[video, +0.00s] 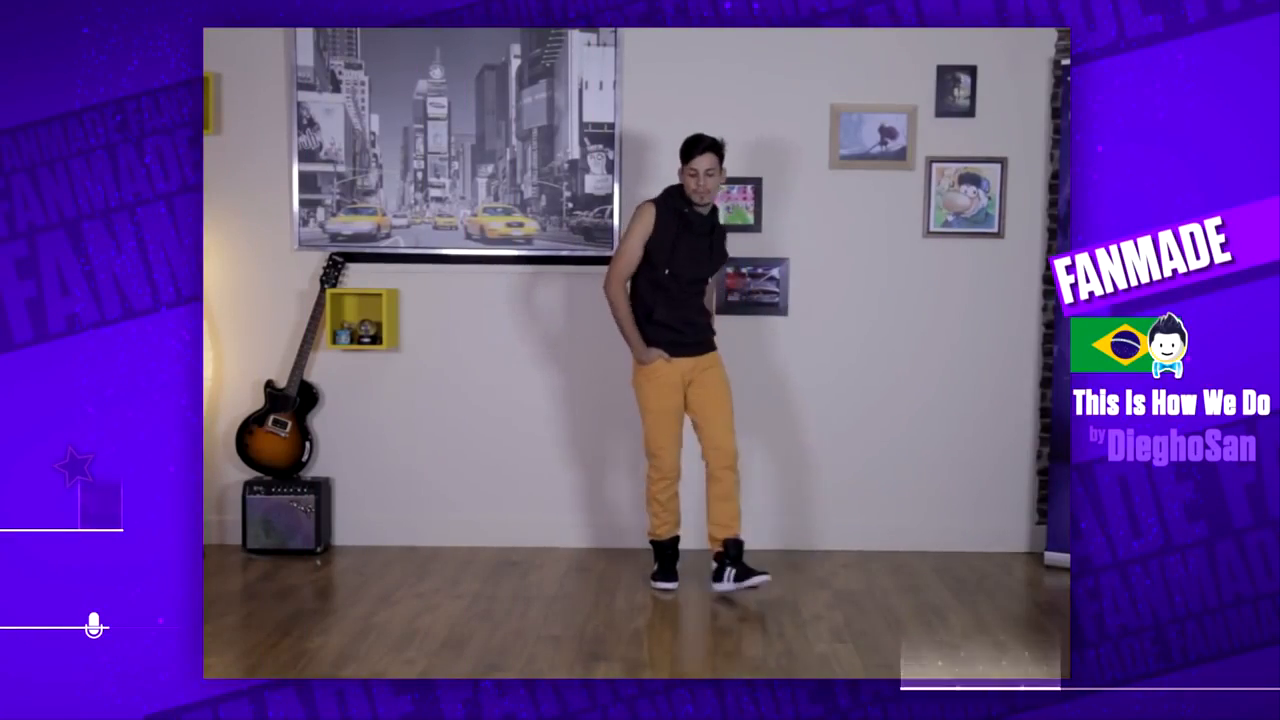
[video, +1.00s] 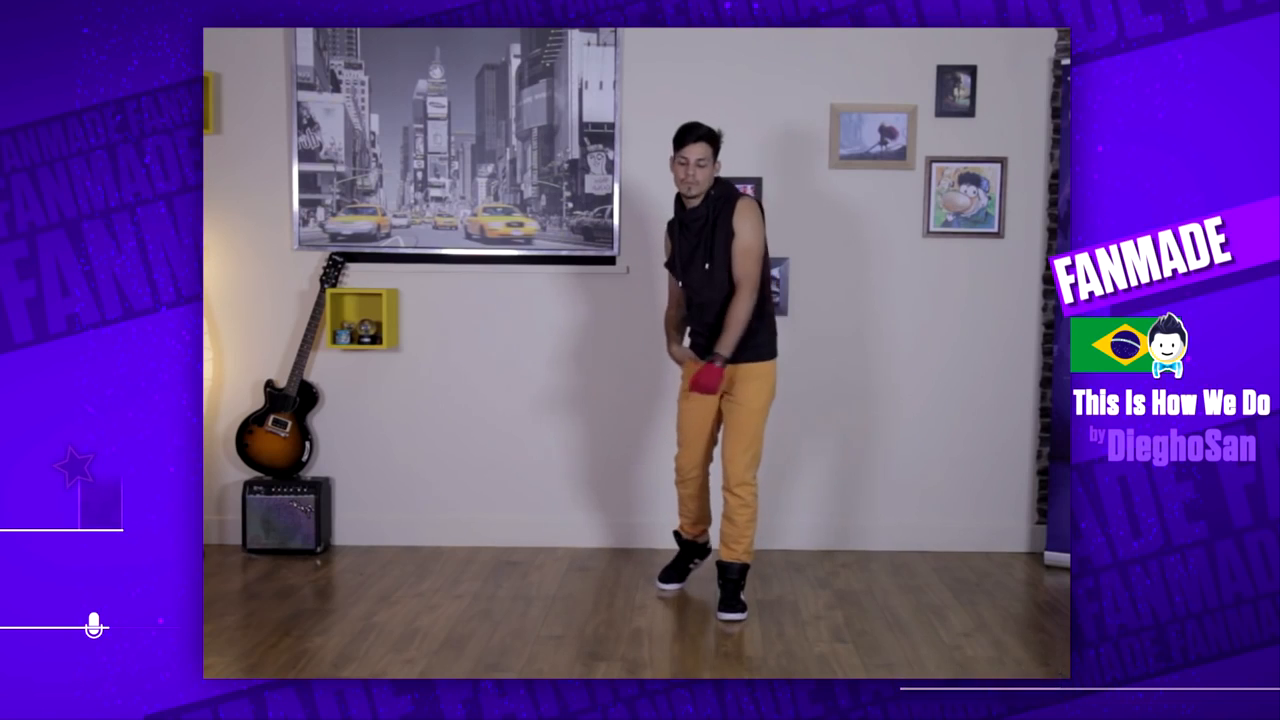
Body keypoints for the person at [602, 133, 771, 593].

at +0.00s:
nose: (702, 182)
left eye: (711, 174)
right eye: (694, 173)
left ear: (722, 177)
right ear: (681, 173)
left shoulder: (715, 224)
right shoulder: (652, 214)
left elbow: (709, 286)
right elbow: (614, 283)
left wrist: (707, 332)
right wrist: (640, 350)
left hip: (704, 358)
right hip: (659, 362)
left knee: (723, 457)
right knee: (665, 464)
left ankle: (727, 562)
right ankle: (665, 558)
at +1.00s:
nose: (689, 173)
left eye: (700, 164)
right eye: (682, 163)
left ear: (716, 167)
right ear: (671, 167)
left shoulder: (743, 211)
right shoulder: (676, 228)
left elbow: (748, 288)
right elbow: (676, 296)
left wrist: (719, 357)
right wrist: (673, 342)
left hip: (749, 359)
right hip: (700, 358)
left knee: (737, 473)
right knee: (689, 464)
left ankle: (733, 576)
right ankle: (692, 544)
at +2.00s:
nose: (752, 166)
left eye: (764, 158)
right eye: (746, 155)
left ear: (783, 168)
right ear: (737, 159)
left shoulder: (783, 231)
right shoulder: (704, 204)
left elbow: (793, 305)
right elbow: (656, 276)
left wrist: (808, 375)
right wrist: (684, 347)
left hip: (754, 371)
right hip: (700, 366)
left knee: (741, 481)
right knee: (686, 478)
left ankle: (731, 587)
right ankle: (672, 592)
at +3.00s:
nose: (769, 161)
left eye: (779, 152)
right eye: (760, 151)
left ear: (790, 157)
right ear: (741, 152)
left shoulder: (799, 215)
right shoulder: (712, 210)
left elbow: (784, 281)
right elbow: (696, 287)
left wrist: (760, 212)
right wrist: (684, 347)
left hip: (767, 384)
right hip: (704, 379)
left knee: (784, 498)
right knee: (678, 497)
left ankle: (801, 606)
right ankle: (670, 605)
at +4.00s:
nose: (665, 171)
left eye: (672, 159)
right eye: (655, 164)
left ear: (693, 155)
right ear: (648, 169)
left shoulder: (732, 210)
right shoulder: (648, 228)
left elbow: (718, 289)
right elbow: (628, 309)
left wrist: (675, 227)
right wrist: (633, 354)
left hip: (722, 377)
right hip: (660, 374)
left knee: (752, 494)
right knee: (652, 494)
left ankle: (778, 605)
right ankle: (645, 602)